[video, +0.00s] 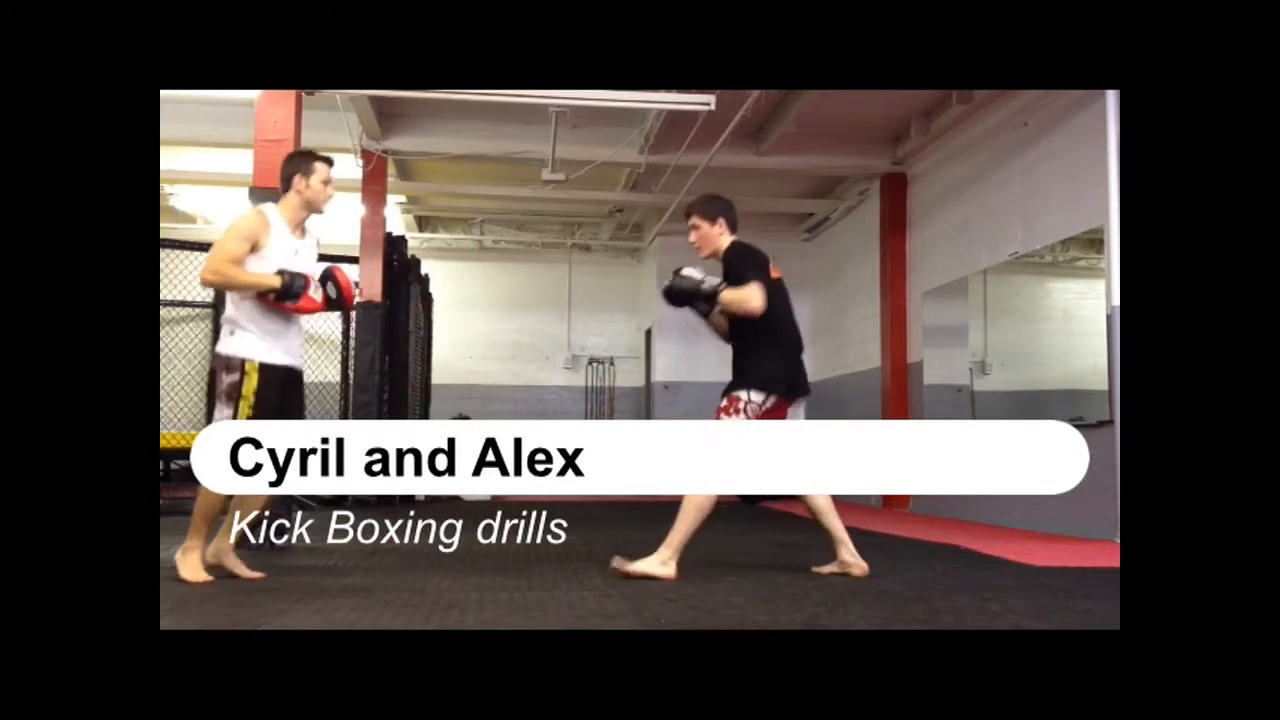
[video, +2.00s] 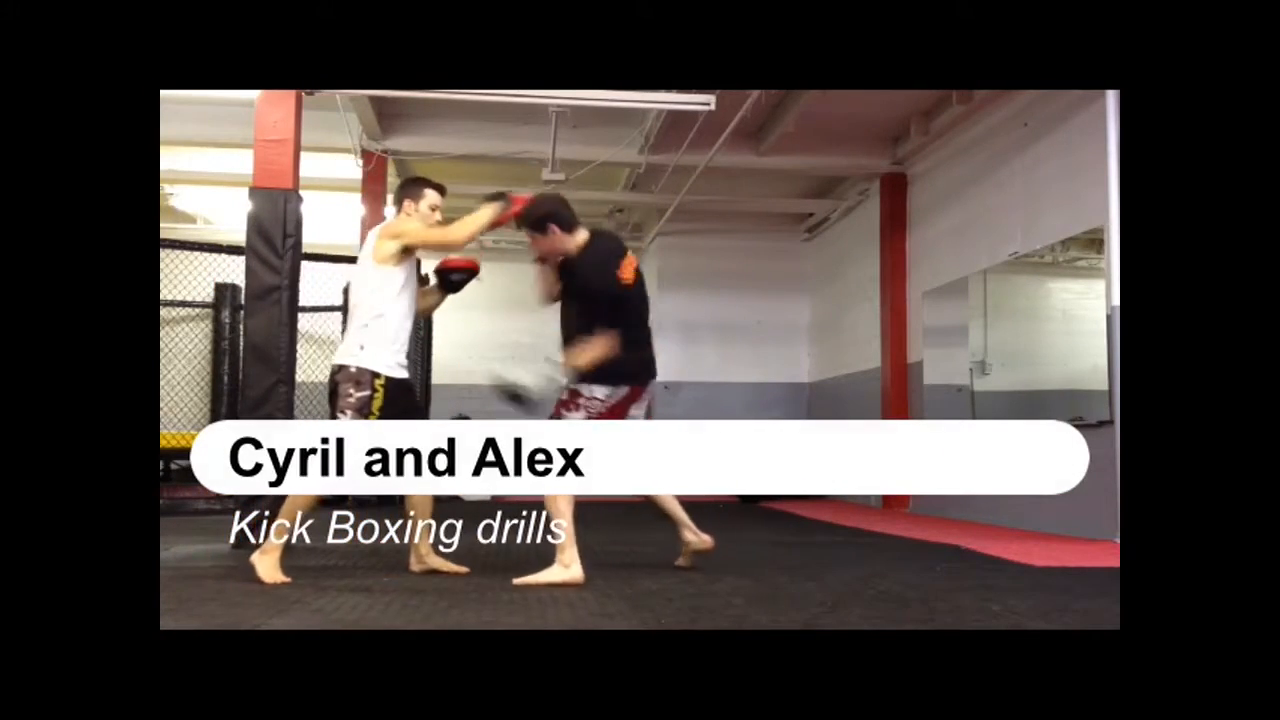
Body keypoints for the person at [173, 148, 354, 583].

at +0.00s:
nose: (331, 191)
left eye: (332, 184)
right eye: (325, 182)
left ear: (305, 186)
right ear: (298, 183)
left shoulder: (307, 239)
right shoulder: (257, 221)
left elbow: (291, 294)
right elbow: (211, 271)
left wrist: (327, 295)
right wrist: (277, 282)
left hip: (286, 361)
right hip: (246, 357)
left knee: (273, 465)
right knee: (228, 458)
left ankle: (224, 546)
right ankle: (192, 547)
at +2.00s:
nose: (439, 217)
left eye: (441, 211)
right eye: (433, 209)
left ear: (415, 210)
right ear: (409, 205)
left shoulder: (405, 252)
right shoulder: (393, 230)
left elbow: (417, 307)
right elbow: (456, 237)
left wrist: (447, 285)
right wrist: (498, 205)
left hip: (393, 373)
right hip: (363, 370)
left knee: (421, 458)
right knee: (332, 463)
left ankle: (422, 550)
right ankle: (269, 550)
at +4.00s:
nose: (345, 212)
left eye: (346, 204)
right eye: (341, 203)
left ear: (319, 203)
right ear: (315, 200)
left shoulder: (314, 252)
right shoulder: (267, 236)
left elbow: (295, 309)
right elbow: (239, 294)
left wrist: (336, 308)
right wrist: (305, 302)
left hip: (298, 372)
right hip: (256, 368)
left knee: (332, 461)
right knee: (246, 468)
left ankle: (337, 551)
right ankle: (196, 555)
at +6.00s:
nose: (403, 202)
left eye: (404, 195)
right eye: (397, 194)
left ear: (378, 198)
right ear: (371, 194)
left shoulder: (379, 241)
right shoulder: (337, 232)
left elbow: (406, 284)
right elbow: (369, 274)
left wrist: (431, 254)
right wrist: (404, 230)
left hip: (372, 367)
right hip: (335, 364)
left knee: (399, 460)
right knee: (330, 467)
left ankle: (394, 553)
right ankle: (287, 561)